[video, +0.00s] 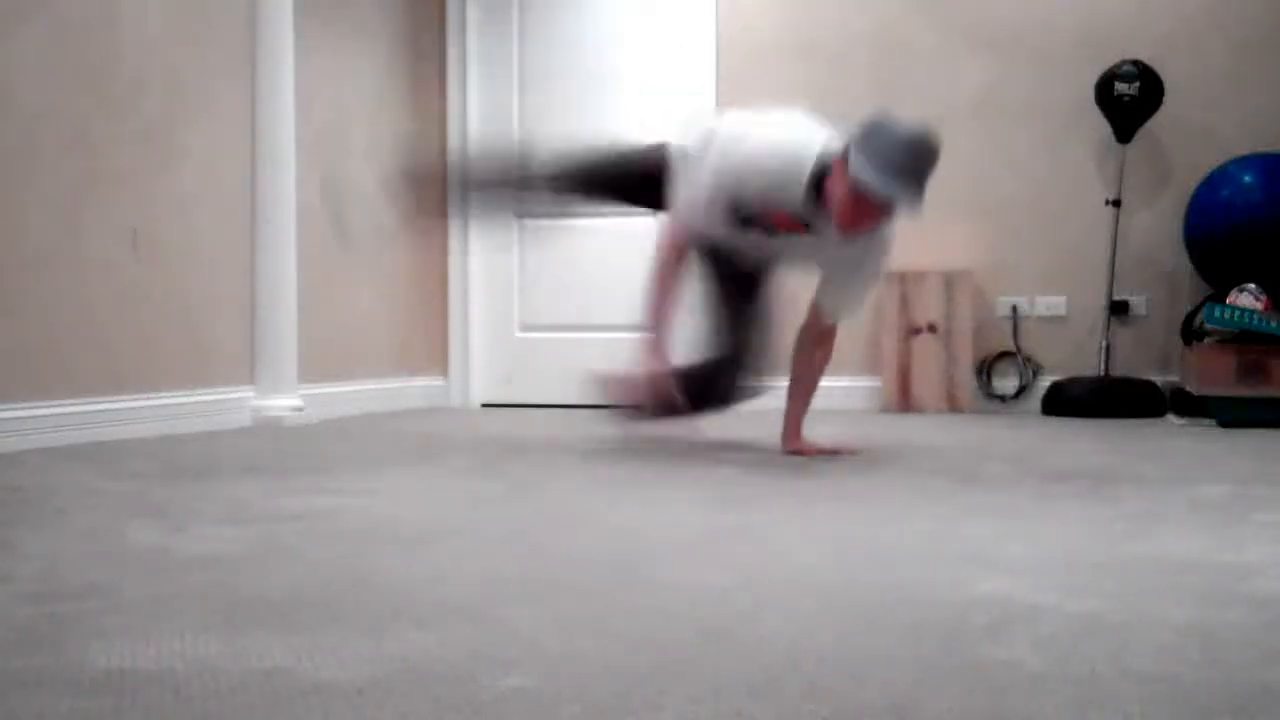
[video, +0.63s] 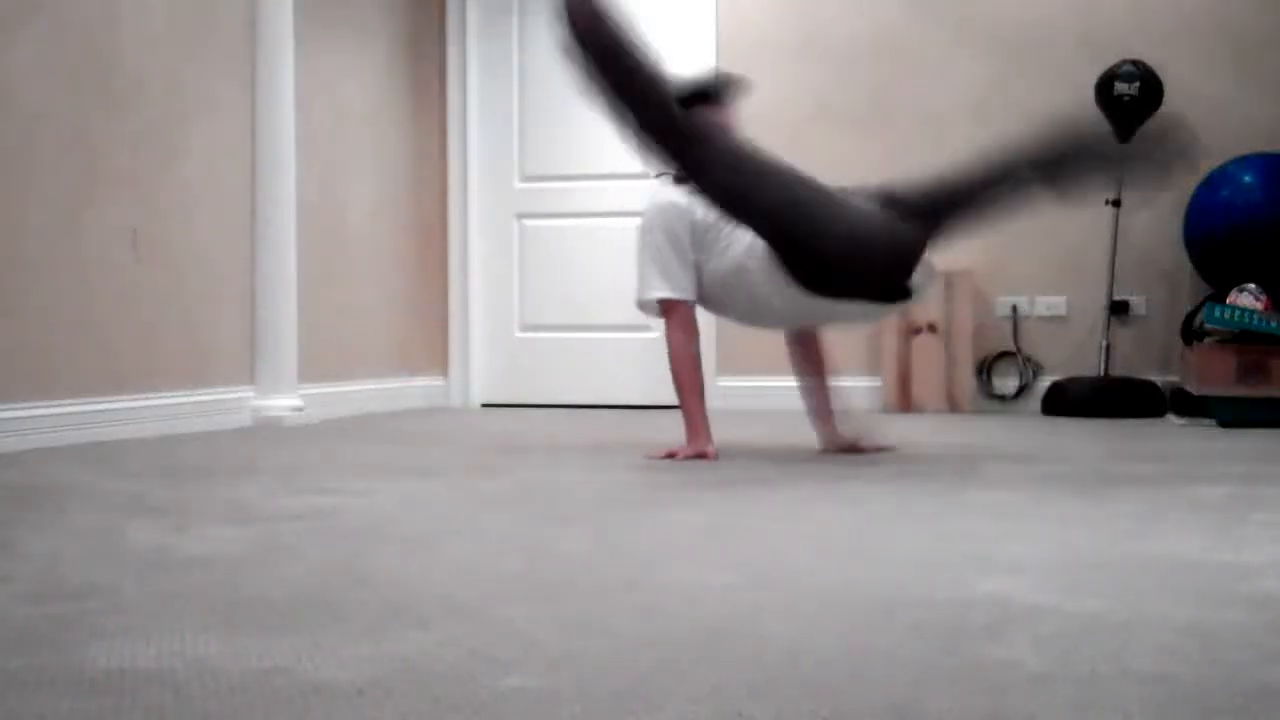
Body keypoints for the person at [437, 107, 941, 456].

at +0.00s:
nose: (865, 213)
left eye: (881, 207)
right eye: (862, 194)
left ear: (896, 207)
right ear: (840, 164)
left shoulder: (867, 243)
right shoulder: (758, 154)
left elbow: (820, 332)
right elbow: (672, 249)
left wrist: (793, 435)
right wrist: (658, 356)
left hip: (740, 248)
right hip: (690, 180)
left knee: (735, 375)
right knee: (555, 178)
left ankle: (626, 401)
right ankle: (442, 181)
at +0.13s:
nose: (837, 272)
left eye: (848, 261)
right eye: (831, 257)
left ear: (862, 241)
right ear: (799, 231)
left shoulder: (842, 233)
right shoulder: (725, 214)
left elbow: (813, 333)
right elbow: (708, 330)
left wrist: (794, 437)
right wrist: (702, 439)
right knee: (656, 359)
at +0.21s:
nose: (807, 235)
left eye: (813, 219)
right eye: (795, 222)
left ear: (817, 197)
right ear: (759, 209)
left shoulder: (822, 203)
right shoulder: (684, 225)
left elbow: (814, 309)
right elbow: (700, 333)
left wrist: (807, 423)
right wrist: (703, 441)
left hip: (746, 143)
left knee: (864, 114)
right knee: (761, 344)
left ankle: (970, 83)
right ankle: (815, 388)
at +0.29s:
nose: (738, 159)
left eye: (737, 142)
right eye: (721, 156)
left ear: (737, 122)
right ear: (685, 158)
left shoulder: (740, 115)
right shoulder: (653, 222)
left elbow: (813, 173)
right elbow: (688, 330)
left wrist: (839, 274)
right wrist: (701, 440)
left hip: (789, 193)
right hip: (769, 284)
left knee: (852, 66)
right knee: (890, 379)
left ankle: (952, 2)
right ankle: (1033, 410)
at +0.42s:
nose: (672, 102)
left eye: (665, 86)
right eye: (651, 102)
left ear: (669, 80)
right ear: (621, 125)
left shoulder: (704, 106)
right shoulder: (637, 206)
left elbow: (797, 139)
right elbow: (678, 323)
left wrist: (823, 50)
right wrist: (702, 438)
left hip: (840, 218)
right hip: (829, 293)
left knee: (872, 70)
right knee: (946, 364)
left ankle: (914, 10)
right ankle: (1135, 401)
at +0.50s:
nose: (666, 101)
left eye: (660, 86)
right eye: (645, 100)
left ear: (668, 85)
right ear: (619, 127)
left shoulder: (714, 132)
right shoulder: (642, 213)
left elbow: (777, 197)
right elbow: (677, 325)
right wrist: (700, 438)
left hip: (858, 227)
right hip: (840, 290)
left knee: (919, 122)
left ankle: (961, 36)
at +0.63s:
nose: (726, 122)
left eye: (725, 111)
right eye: (711, 113)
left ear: (730, 117)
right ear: (685, 120)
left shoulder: (760, 189)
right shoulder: (671, 208)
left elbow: (800, 329)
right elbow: (680, 327)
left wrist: (829, 434)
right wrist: (698, 439)